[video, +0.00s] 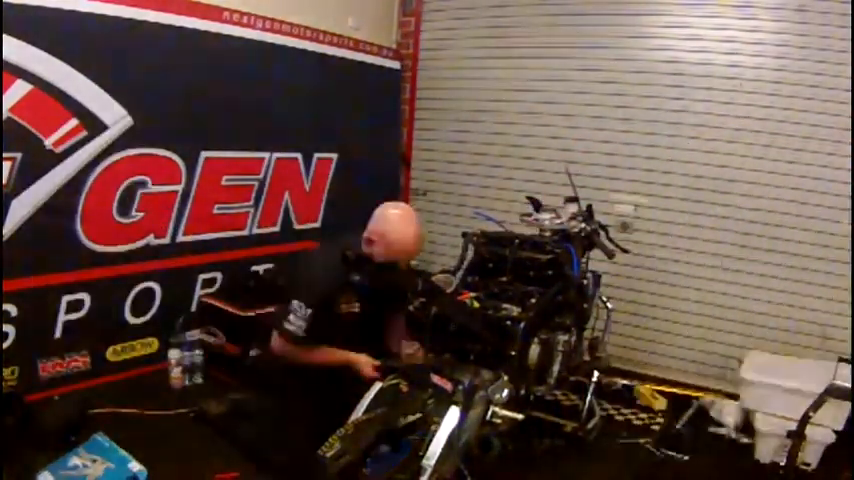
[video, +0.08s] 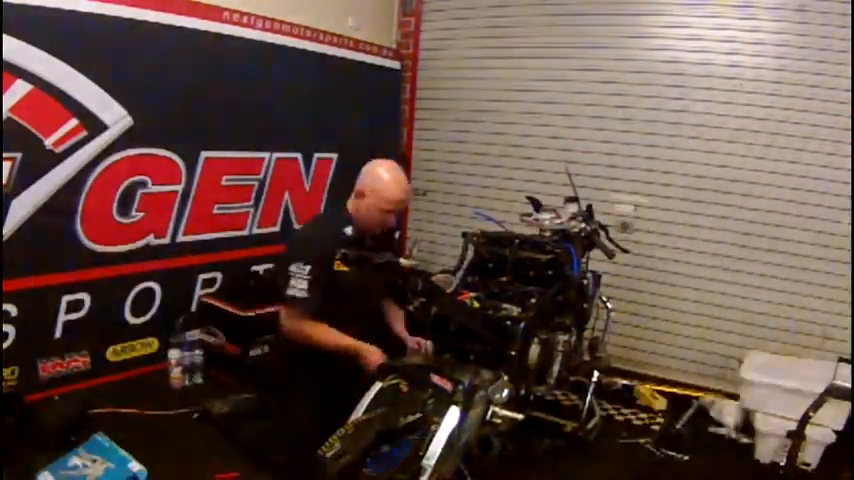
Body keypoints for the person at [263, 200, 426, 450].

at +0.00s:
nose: (397, 271)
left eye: (404, 263)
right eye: (391, 263)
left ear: (413, 250)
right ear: (370, 242)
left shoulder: (398, 278)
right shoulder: (327, 273)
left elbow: (394, 331)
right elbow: (282, 344)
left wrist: (403, 349)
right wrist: (351, 360)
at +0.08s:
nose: (392, 223)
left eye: (397, 214)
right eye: (387, 212)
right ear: (359, 197)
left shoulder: (378, 241)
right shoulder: (316, 240)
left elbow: (385, 298)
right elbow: (292, 322)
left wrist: (404, 336)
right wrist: (359, 349)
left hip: (358, 377)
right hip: (310, 379)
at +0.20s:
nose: (324, 255)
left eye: (327, 247)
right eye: (318, 246)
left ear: (329, 245)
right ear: (293, 239)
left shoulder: (331, 277)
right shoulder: (265, 284)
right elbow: (253, 354)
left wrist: (358, 312)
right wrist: (314, 329)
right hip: (290, 409)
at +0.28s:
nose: (362, 294)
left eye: (364, 287)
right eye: (357, 287)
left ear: (368, 283)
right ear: (329, 278)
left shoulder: (366, 298)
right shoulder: (293, 298)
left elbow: (380, 347)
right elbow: (285, 379)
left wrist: (417, 376)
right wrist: (352, 386)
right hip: (297, 402)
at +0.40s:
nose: (341, 254)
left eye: (346, 247)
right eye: (334, 246)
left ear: (349, 243)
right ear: (309, 239)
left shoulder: (348, 278)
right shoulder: (282, 285)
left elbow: (365, 322)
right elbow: (289, 359)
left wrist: (379, 352)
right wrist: (352, 362)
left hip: (347, 387)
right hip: (299, 391)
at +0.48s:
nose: (356, 269)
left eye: (360, 261)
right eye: (351, 261)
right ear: (330, 252)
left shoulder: (348, 276)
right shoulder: (292, 281)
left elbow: (366, 327)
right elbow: (292, 361)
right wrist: (362, 355)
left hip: (342, 388)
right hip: (298, 397)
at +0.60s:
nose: (389, 303)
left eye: (394, 296)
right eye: (387, 293)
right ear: (367, 276)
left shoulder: (371, 309)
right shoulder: (315, 298)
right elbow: (293, 372)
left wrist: (429, 376)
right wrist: (362, 358)